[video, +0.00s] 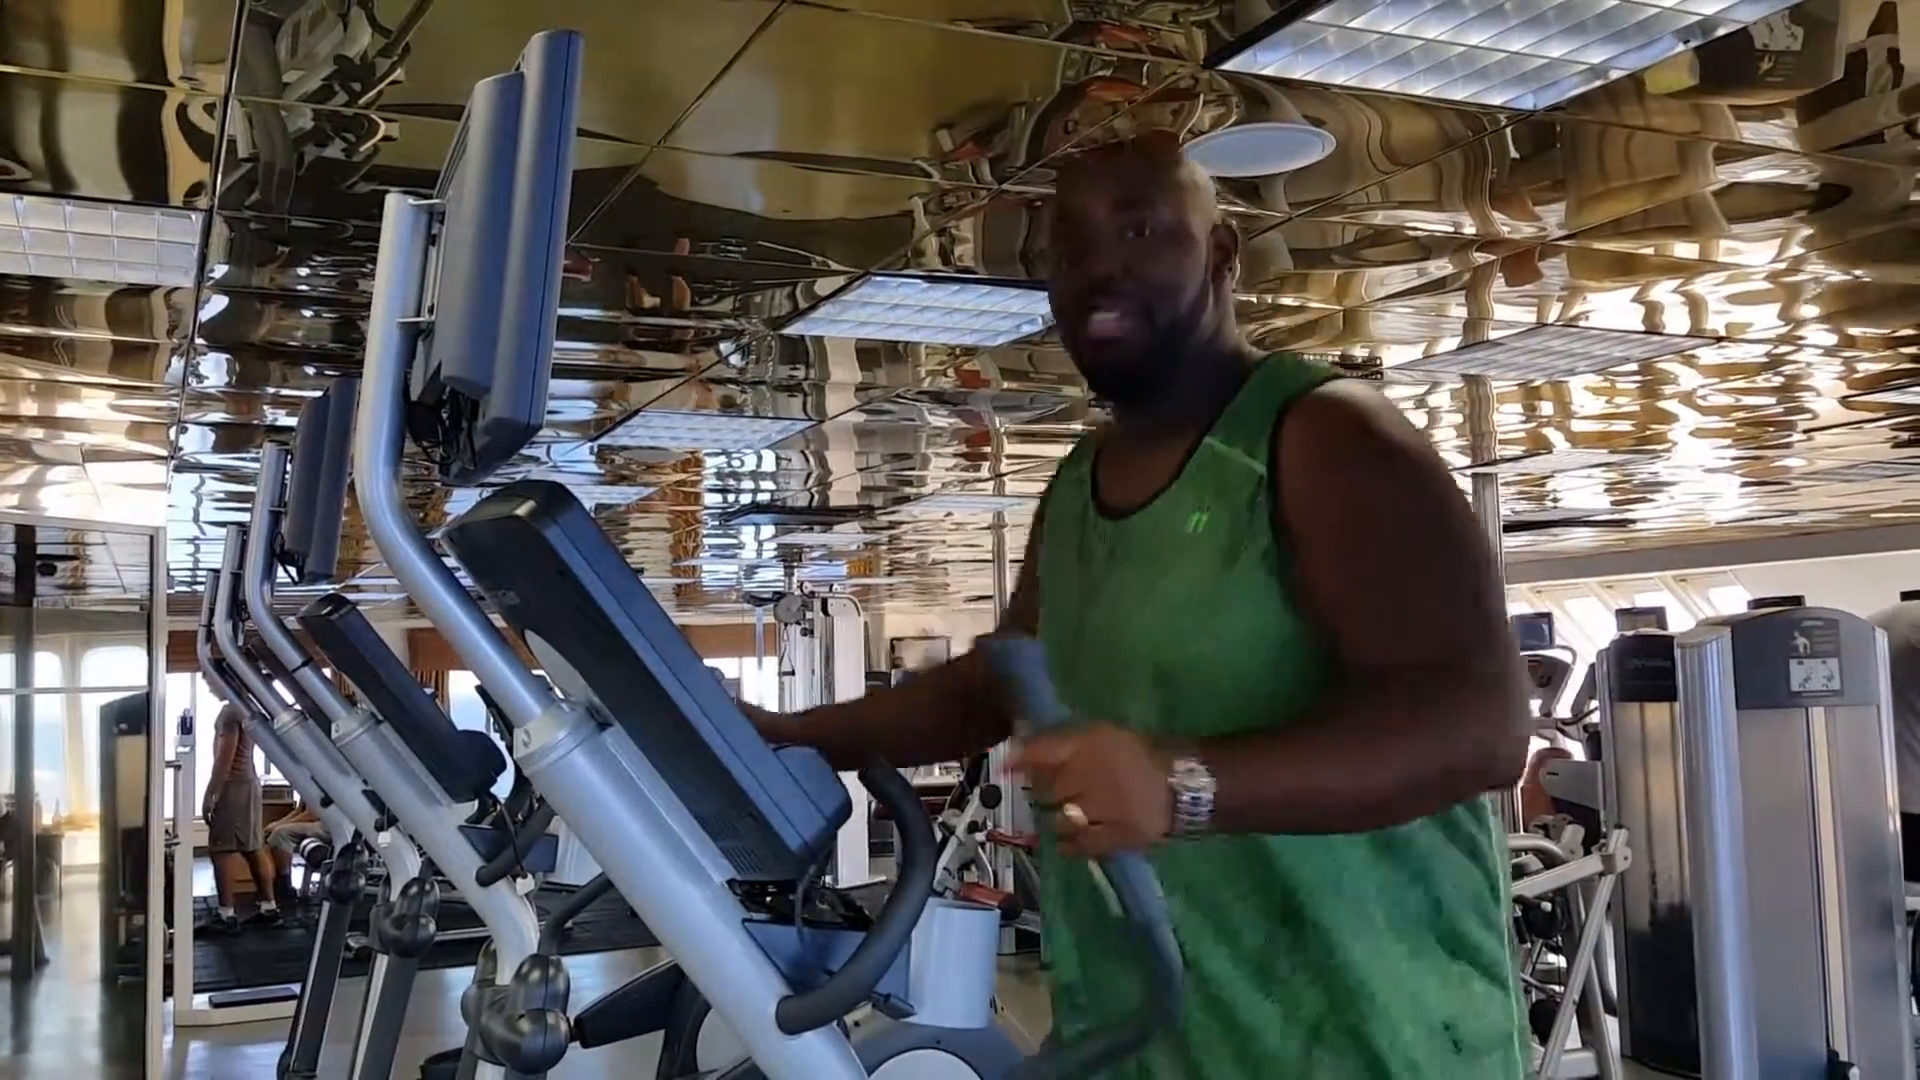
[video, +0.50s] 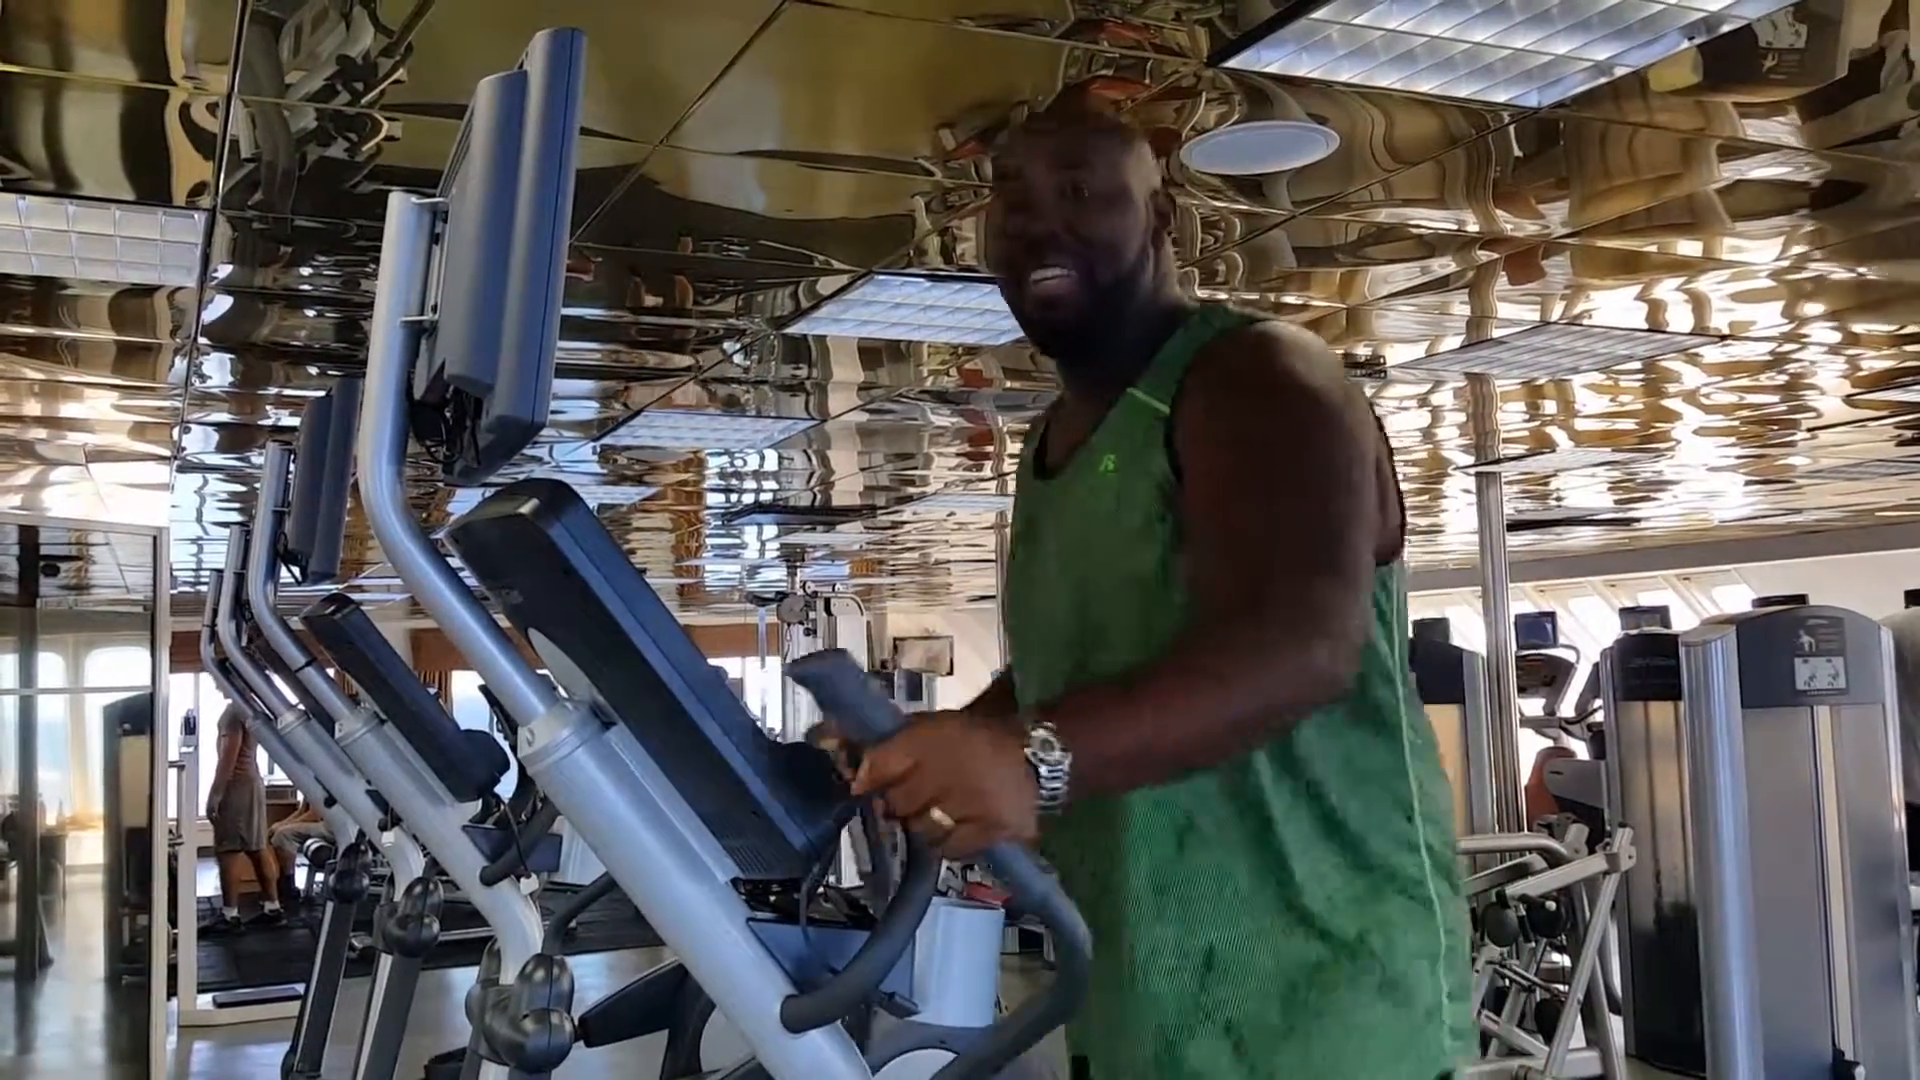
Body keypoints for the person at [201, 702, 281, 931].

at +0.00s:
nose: (206, 684)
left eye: (208, 675)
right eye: (204, 677)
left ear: (224, 678)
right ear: (232, 679)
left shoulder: (231, 712)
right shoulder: (247, 709)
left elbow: (224, 761)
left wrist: (209, 795)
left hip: (233, 786)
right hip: (250, 784)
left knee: (220, 850)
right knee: (254, 847)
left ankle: (226, 912)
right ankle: (269, 907)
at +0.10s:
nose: (207, 683)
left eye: (210, 675)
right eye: (206, 676)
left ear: (226, 678)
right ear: (233, 679)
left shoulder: (231, 712)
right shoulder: (247, 709)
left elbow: (225, 760)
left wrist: (211, 795)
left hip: (233, 785)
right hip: (250, 784)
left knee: (221, 850)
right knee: (254, 846)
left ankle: (226, 912)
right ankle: (269, 907)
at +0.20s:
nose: (209, 682)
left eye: (211, 673)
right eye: (208, 674)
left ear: (226, 676)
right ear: (234, 677)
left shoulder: (232, 711)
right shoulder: (249, 708)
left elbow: (226, 760)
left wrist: (212, 794)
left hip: (234, 785)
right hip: (251, 783)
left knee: (223, 849)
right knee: (255, 844)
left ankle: (227, 911)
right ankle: (270, 906)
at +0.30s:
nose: (210, 680)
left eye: (213, 670)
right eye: (209, 670)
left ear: (228, 675)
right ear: (237, 677)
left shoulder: (234, 710)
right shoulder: (251, 708)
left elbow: (228, 758)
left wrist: (215, 793)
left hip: (236, 783)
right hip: (253, 781)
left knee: (225, 848)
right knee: (257, 844)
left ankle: (230, 911)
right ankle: (273, 905)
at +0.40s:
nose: (211, 680)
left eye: (214, 670)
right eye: (211, 670)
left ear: (228, 676)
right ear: (237, 677)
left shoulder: (234, 711)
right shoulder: (251, 708)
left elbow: (228, 759)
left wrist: (214, 794)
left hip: (235, 784)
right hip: (253, 782)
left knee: (226, 849)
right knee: (258, 845)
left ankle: (229, 911)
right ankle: (272, 906)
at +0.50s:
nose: (214, 682)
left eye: (216, 673)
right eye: (213, 674)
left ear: (228, 677)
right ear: (238, 678)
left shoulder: (234, 712)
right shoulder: (251, 709)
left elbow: (228, 760)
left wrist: (215, 794)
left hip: (236, 786)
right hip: (253, 783)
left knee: (228, 850)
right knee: (258, 846)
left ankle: (229, 913)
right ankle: (273, 907)